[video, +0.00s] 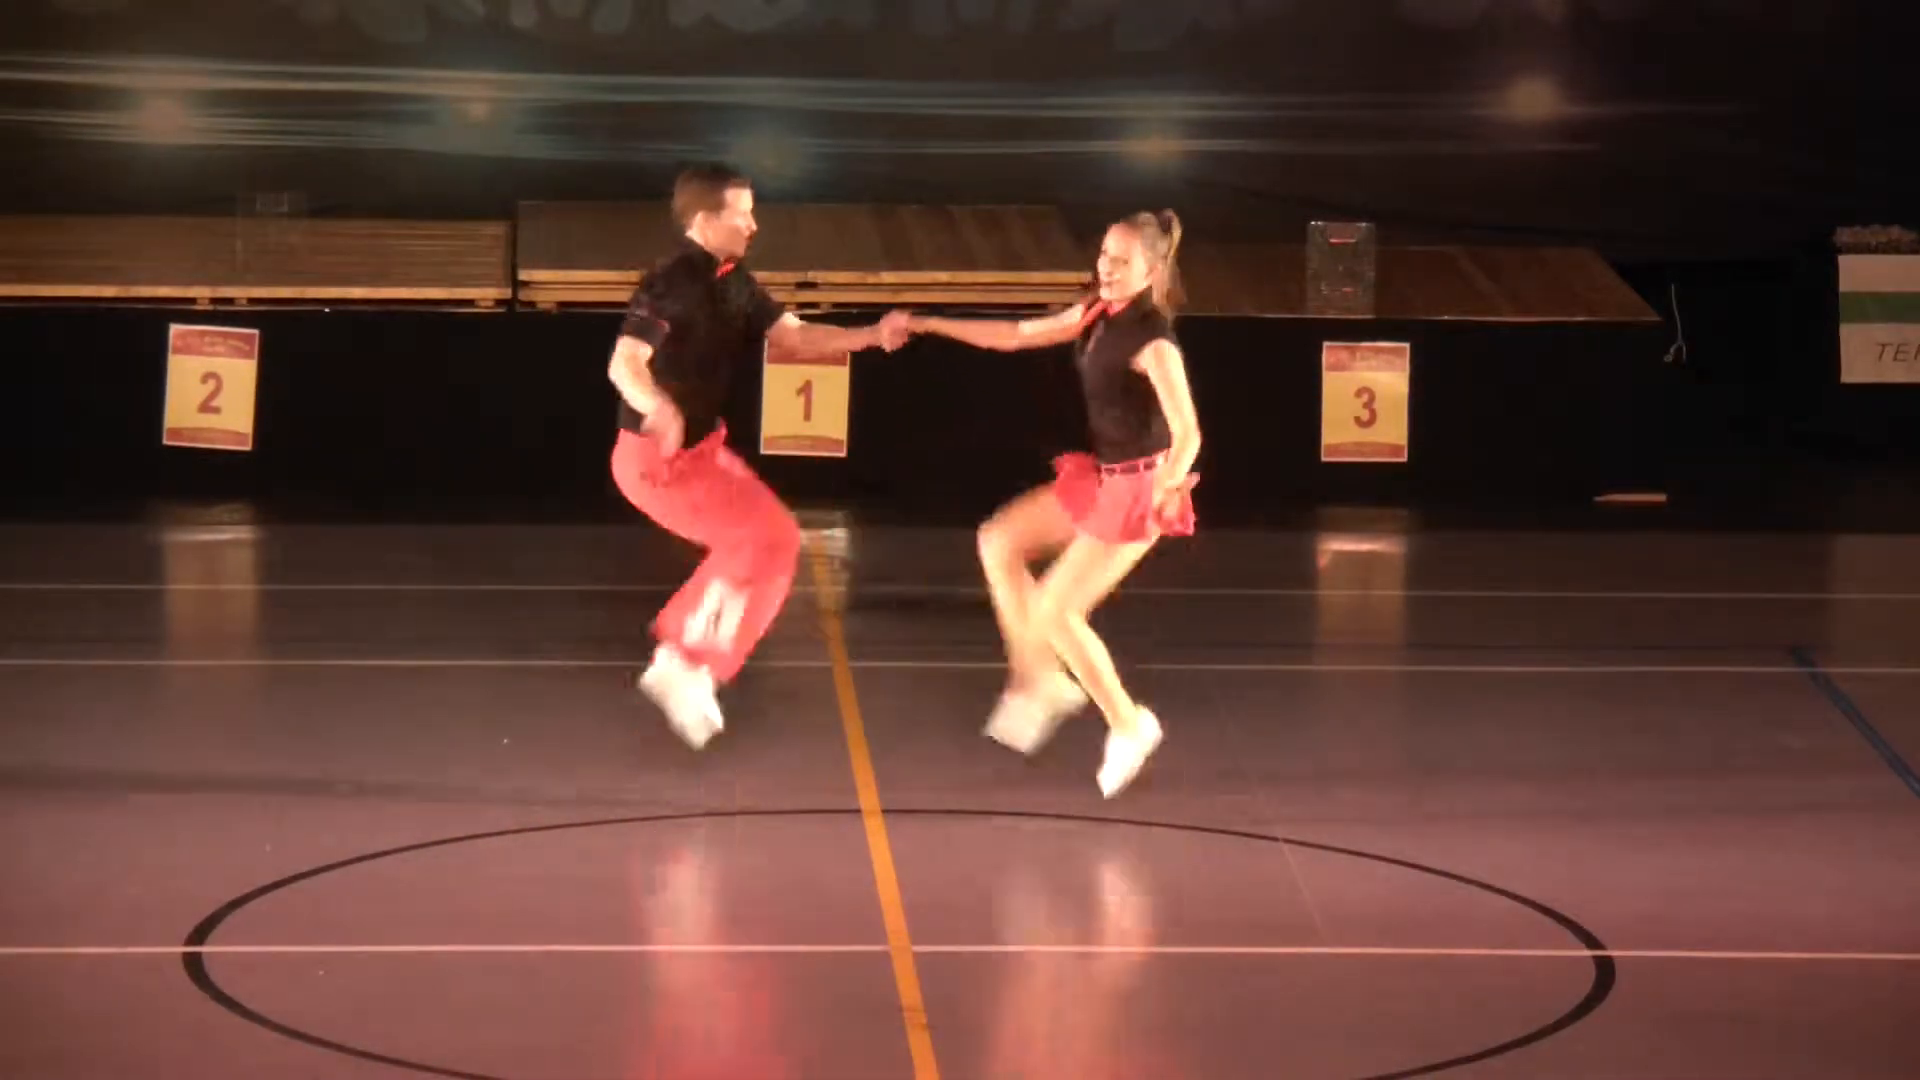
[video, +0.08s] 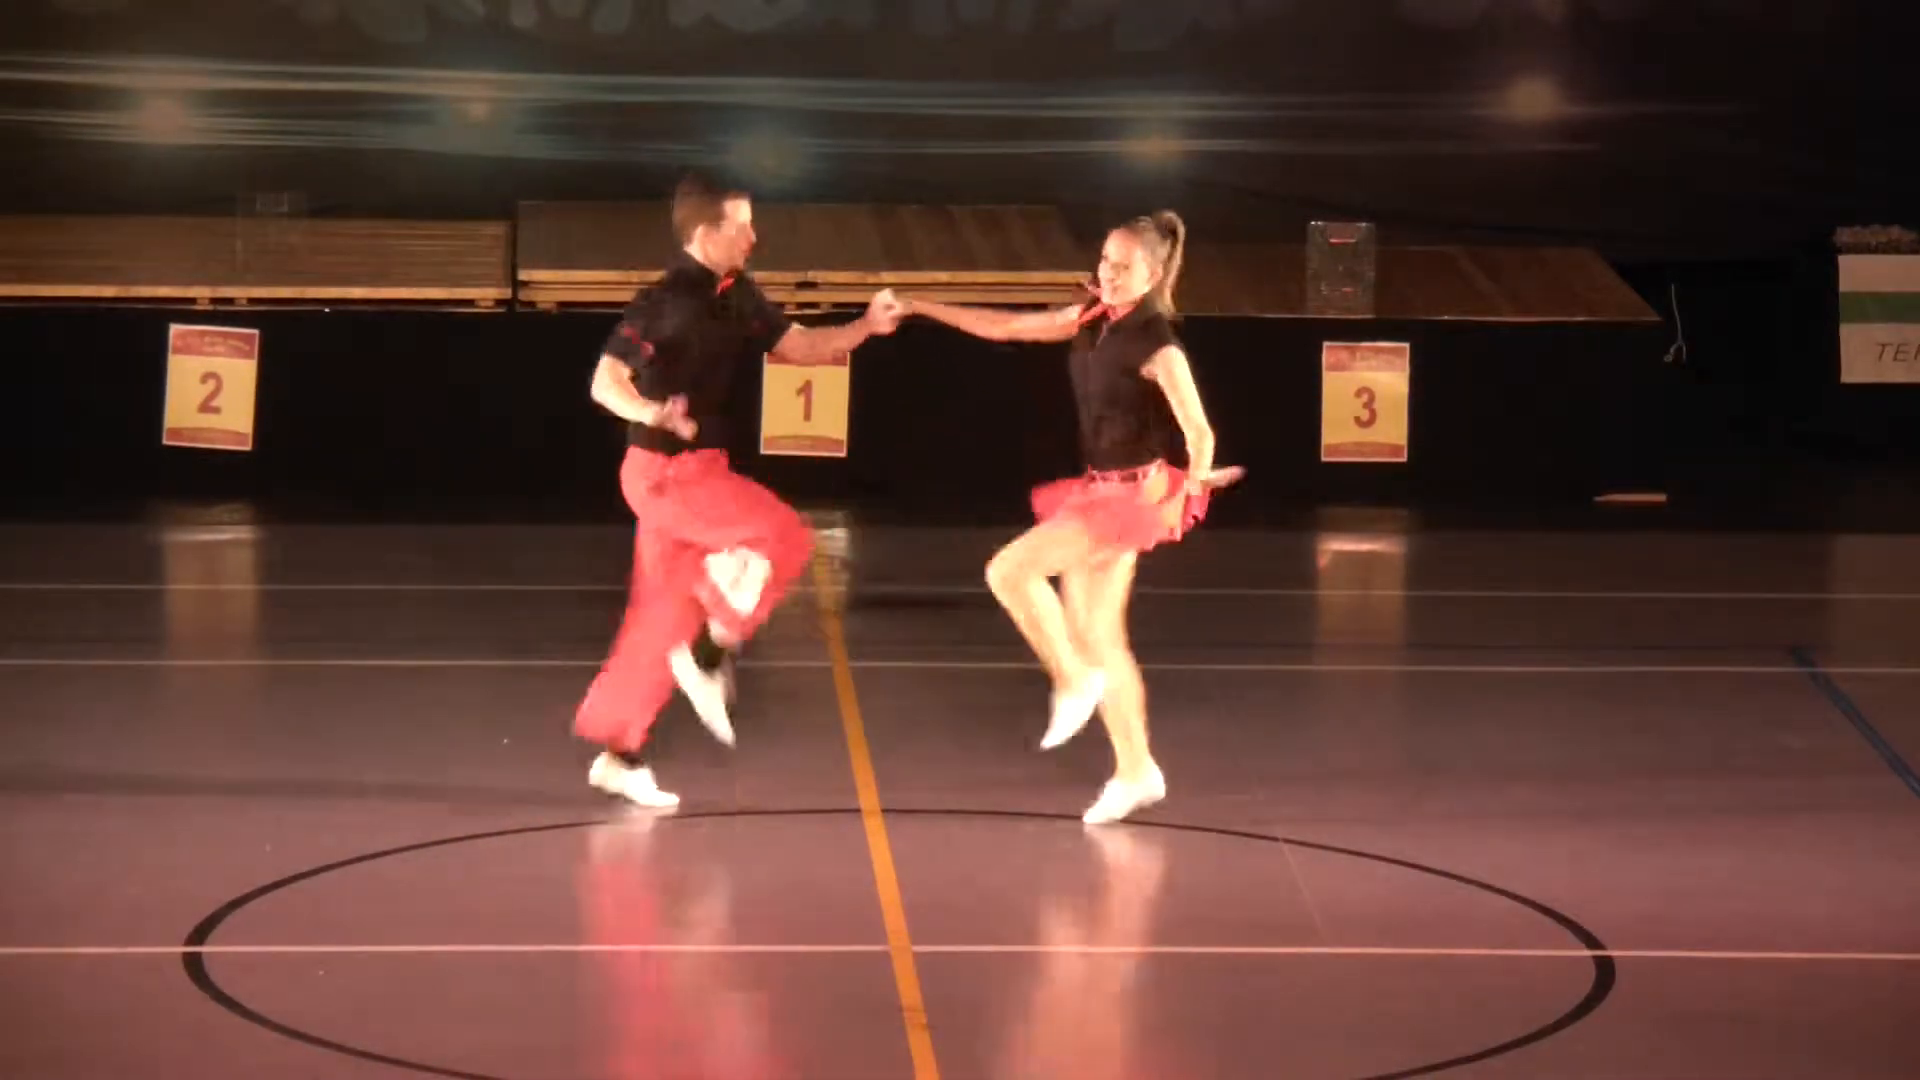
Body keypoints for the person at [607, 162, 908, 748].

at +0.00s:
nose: (752, 225)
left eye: (752, 213)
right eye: (742, 214)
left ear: (719, 220)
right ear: (703, 219)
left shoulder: (739, 285)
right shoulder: (675, 278)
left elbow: (793, 338)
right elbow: (625, 364)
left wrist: (872, 337)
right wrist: (657, 406)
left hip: (703, 451)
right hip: (653, 454)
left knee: (777, 538)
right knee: (751, 534)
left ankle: (697, 668)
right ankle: (679, 658)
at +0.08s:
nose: (752, 235)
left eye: (751, 223)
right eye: (741, 224)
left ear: (723, 230)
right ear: (703, 232)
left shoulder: (741, 296)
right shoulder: (664, 299)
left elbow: (800, 345)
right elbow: (606, 382)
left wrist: (865, 329)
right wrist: (649, 411)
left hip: (696, 470)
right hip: (661, 470)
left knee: (669, 607)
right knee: (785, 540)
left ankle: (616, 754)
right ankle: (707, 655)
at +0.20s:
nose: (744, 254)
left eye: (743, 243)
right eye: (732, 244)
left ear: (716, 250)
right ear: (691, 252)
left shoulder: (738, 316)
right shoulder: (666, 319)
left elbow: (806, 343)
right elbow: (624, 403)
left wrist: (863, 311)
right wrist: (694, 350)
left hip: (703, 495)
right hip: (679, 493)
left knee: (655, 626)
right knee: (730, 638)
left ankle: (607, 765)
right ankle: (675, 777)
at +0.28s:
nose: (751, 234)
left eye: (750, 223)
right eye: (740, 224)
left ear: (717, 231)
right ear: (704, 231)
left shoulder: (723, 284)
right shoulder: (686, 286)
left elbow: (782, 325)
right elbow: (705, 376)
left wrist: (864, 303)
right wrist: (763, 324)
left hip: (723, 467)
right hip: (683, 469)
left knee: (782, 564)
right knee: (719, 580)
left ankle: (691, 689)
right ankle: (676, 757)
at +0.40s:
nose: (755, 244)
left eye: (751, 232)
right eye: (745, 233)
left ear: (706, 243)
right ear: (711, 244)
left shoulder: (705, 294)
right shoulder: (706, 308)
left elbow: (796, 316)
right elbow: (808, 351)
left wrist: (877, 287)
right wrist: (901, 312)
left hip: (724, 447)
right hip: (700, 479)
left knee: (830, 412)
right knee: (721, 620)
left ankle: (939, 478)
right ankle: (678, 775)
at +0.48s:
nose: (764, 233)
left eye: (762, 222)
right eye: (756, 222)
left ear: (717, 233)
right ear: (720, 232)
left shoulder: (720, 285)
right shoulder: (712, 295)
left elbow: (817, 291)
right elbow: (831, 325)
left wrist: (900, 260)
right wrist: (905, 273)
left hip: (731, 452)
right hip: (697, 472)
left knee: (831, 420)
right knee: (711, 610)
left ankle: (950, 382)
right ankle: (683, 770)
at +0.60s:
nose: (771, 216)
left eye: (769, 206)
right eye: (760, 206)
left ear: (734, 215)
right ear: (726, 214)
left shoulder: (739, 265)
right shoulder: (711, 277)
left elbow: (825, 259)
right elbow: (781, 333)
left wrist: (903, 229)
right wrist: (814, 256)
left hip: (725, 441)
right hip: (700, 456)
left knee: (833, 418)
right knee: (747, 587)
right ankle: (682, 736)